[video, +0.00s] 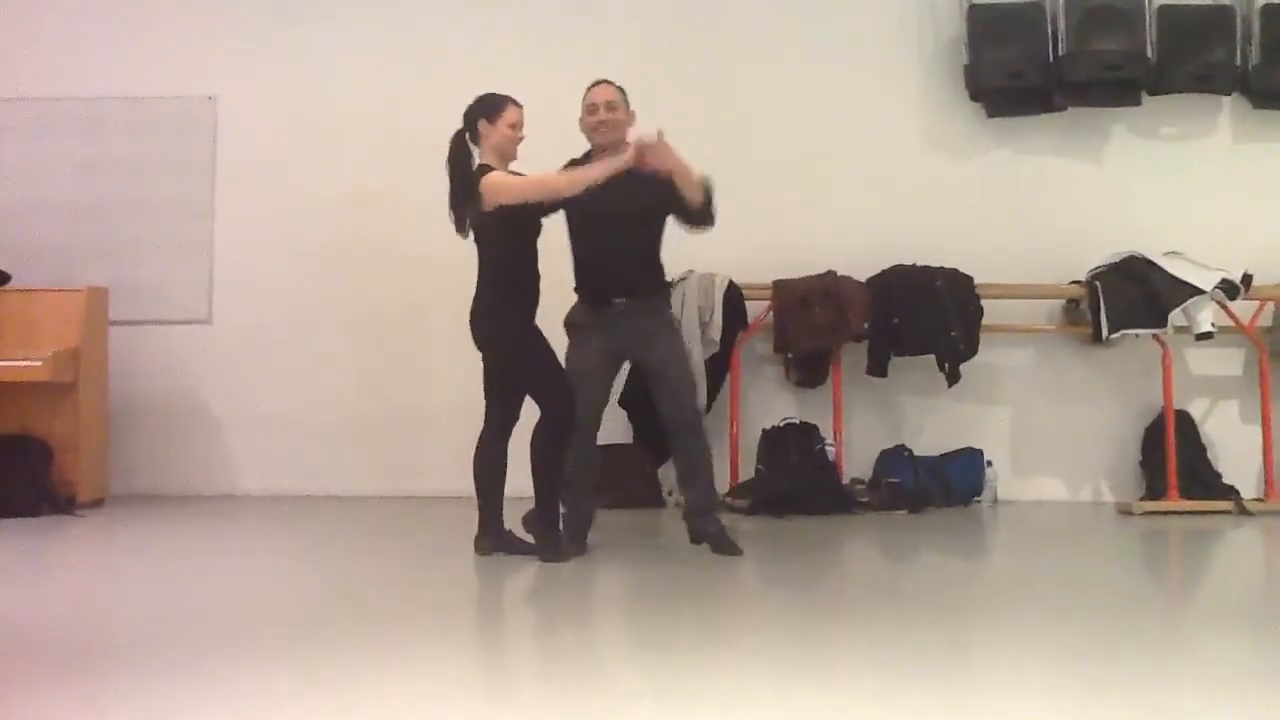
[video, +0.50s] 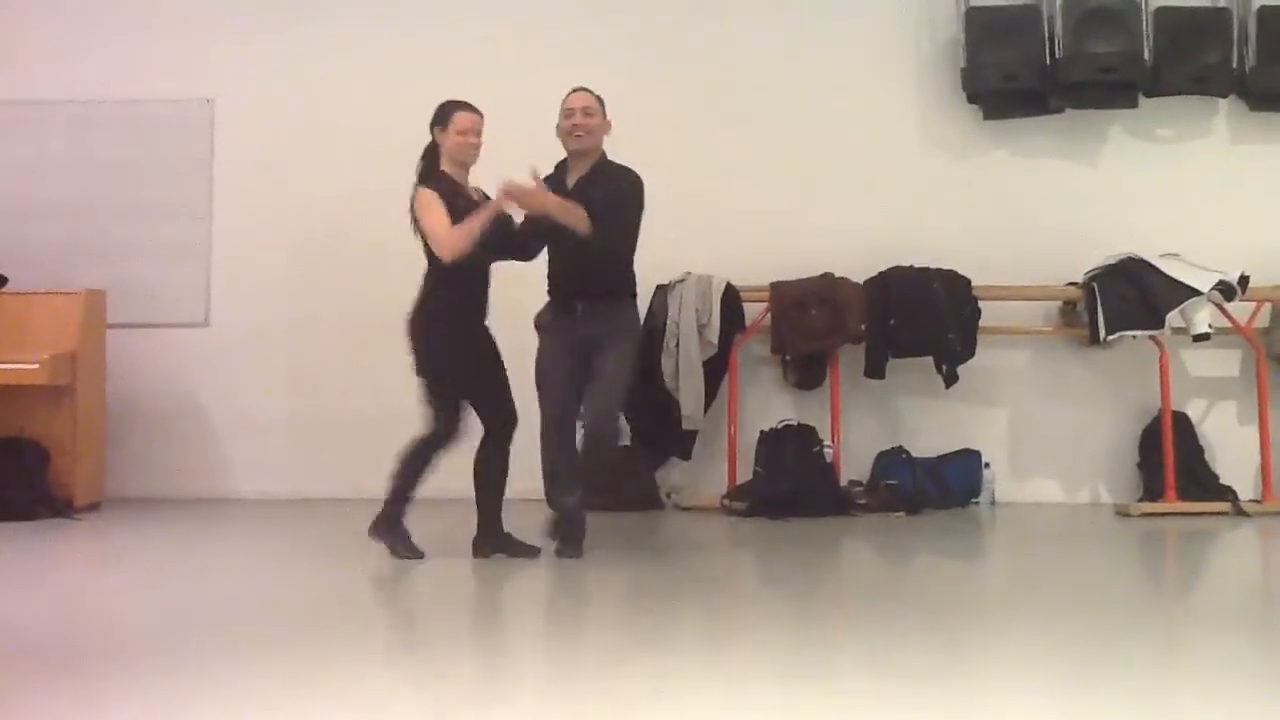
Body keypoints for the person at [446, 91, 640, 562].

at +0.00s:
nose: (521, 135)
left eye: (522, 127)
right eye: (514, 126)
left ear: (496, 131)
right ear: (485, 128)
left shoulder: (503, 182)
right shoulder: (489, 184)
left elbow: (559, 188)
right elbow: (559, 186)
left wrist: (617, 159)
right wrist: (620, 161)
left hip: (507, 316)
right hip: (504, 320)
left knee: (499, 422)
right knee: (561, 405)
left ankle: (490, 530)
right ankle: (545, 518)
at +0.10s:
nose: (514, 137)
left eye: (515, 129)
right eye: (507, 128)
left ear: (490, 134)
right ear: (478, 129)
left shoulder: (497, 180)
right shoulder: (481, 187)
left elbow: (551, 192)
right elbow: (545, 211)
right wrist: (615, 200)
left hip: (502, 317)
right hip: (498, 321)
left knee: (499, 421)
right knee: (558, 402)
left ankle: (490, 531)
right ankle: (545, 519)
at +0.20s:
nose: (504, 141)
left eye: (504, 132)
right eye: (496, 132)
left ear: (480, 137)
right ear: (466, 134)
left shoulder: (487, 189)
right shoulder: (464, 197)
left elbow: (534, 212)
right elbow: (502, 261)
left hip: (490, 322)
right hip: (480, 326)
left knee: (494, 424)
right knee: (546, 404)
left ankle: (489, 531)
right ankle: (521, 520)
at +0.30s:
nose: (496, 141)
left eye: (497, 132)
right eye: (487, 131)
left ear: (483, 137)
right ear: (458, 133)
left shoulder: (479, 189)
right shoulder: (454, 196)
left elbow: (514, 231)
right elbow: (473, 267)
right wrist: (544, 272)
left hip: (489, 320)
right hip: (471, 324)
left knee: (532, 411)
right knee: (496, 422)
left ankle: (479, 506)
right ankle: (488, 531)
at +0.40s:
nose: (487, 143)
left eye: (489, 135)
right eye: (478, 134)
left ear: (483, 141)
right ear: (449, 136)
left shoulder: (471, 190)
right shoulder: (444, 195)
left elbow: (491, 242)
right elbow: (459, 263)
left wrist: (528, 235)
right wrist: (517, 247)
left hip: (481, 321)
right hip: (462, 325)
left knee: (496, 424)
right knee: (498, 424)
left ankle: (492, 533)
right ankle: (429, 501)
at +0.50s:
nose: (474, 141)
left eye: (478, 134)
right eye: (465, 133)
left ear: (481, 141)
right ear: (439, 136)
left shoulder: (475, 196)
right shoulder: (429, 193)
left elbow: (512, 246)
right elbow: (447, 248)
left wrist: (537, 209)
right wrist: (495, 209)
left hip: (470, 325)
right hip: (437, 325)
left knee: (501, 421)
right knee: (446, 426)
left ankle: (489, 532)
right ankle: (389, 518)